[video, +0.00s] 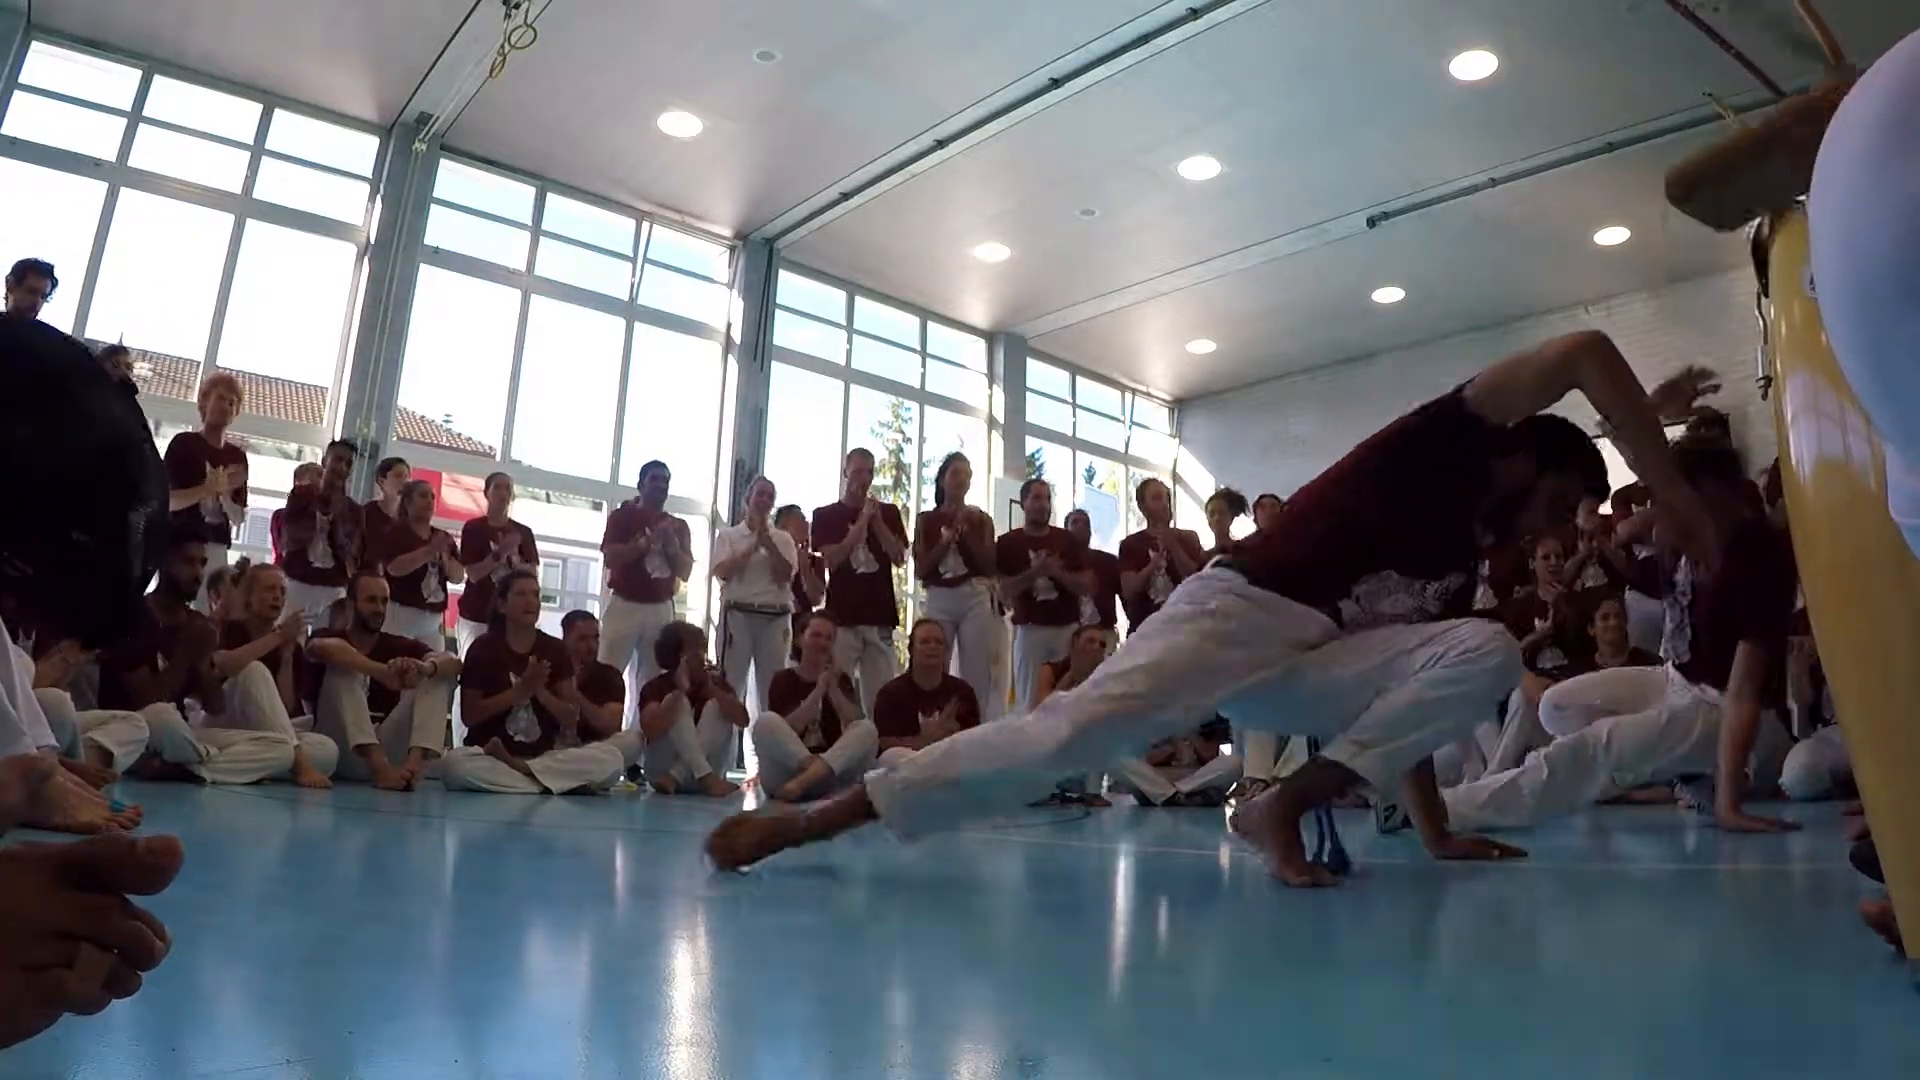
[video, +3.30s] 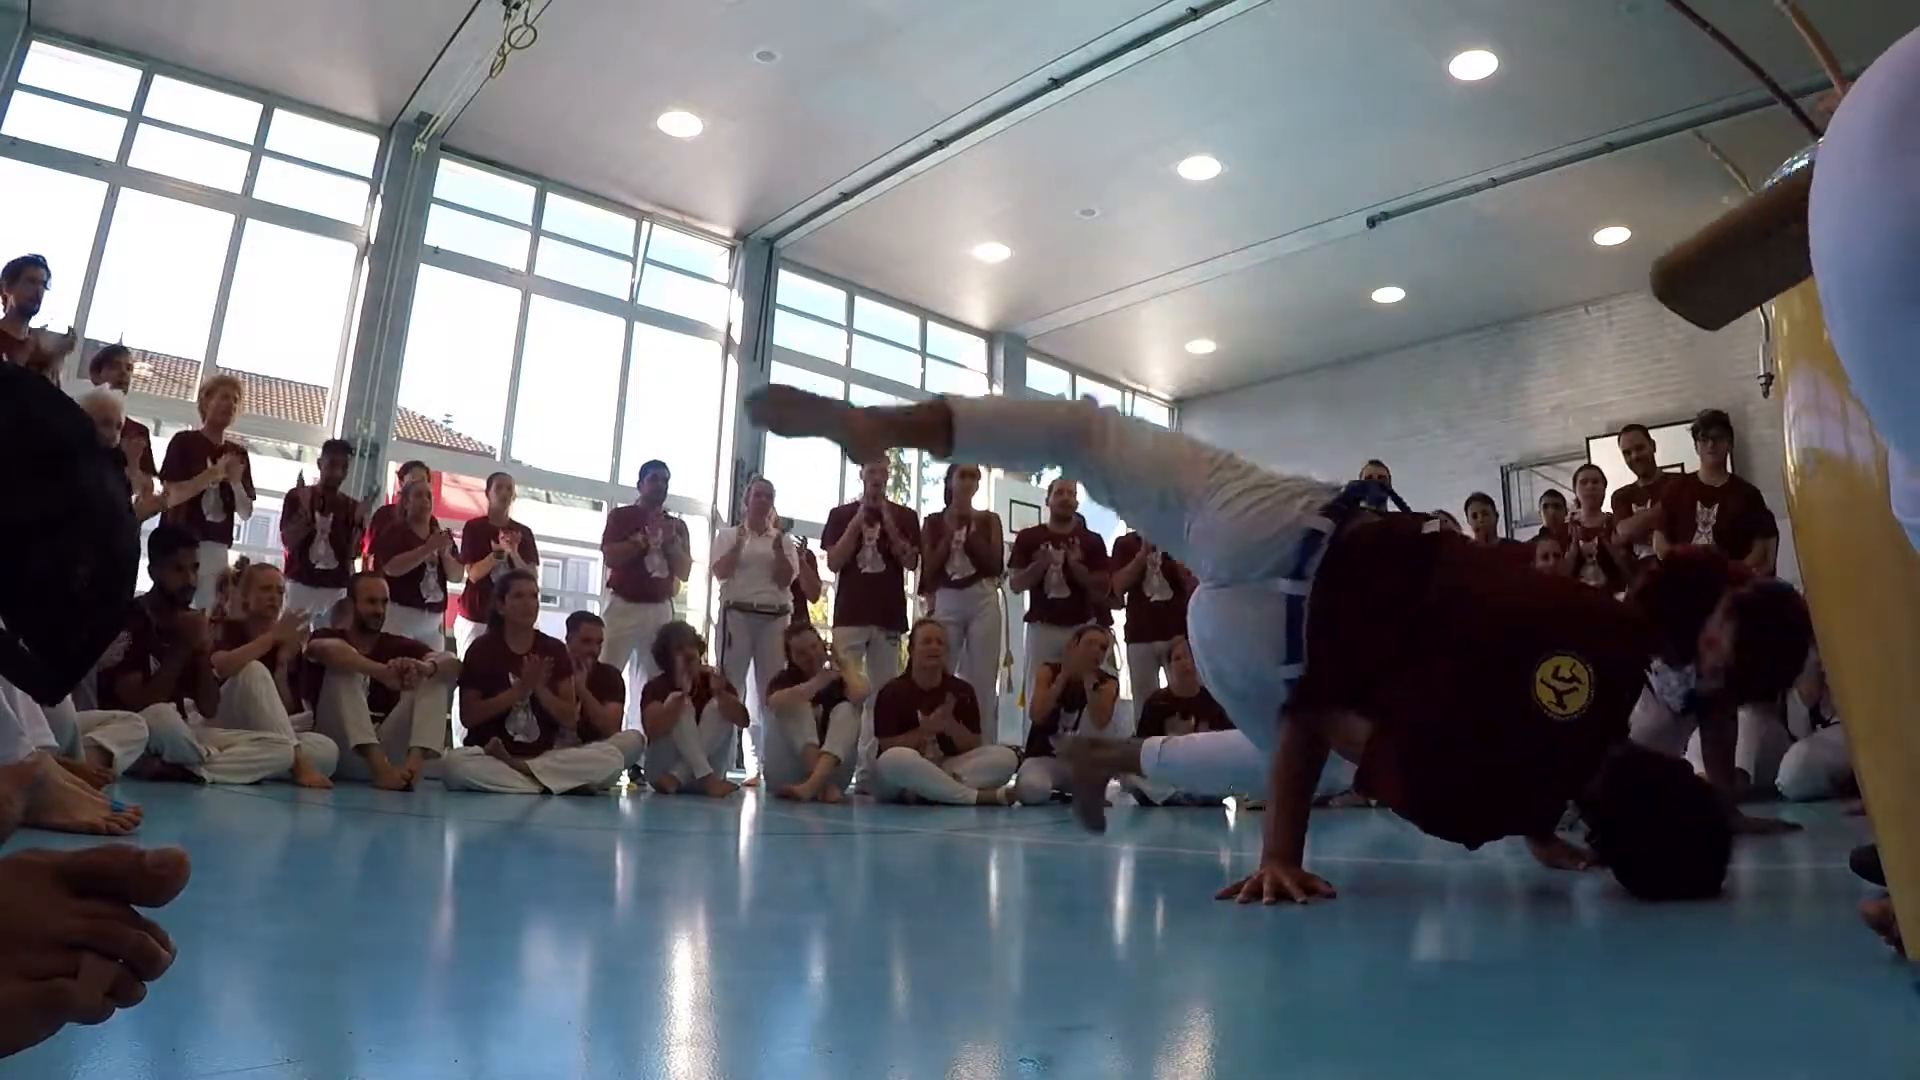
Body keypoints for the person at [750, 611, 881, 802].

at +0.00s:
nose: (822, 643)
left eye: (828, 638)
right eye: (816, 636)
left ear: (833, 644)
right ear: (799, 639)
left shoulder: (841, 680)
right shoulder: (783, 679)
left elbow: (858, 724)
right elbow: (782, 731)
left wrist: (834, 691)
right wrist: (818, 692)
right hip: (787, 775)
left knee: (866, 729)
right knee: (765, 722)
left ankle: (801, 783)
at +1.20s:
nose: (812, 650)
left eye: (818, 643)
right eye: (805, 644)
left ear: (823, 642)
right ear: (789, 645)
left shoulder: (835, 671)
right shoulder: (779, 681)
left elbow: (850, 709)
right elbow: (801, 728)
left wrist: (826, 669)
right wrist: (813, 677)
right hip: (789, 777)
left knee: (857, 722)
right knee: (771, 715)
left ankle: (795, 783)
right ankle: (828, 785)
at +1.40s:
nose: (809, 645)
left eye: (812, 639)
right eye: (801, 639)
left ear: (817, 643)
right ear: (784, 644)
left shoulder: (825, 673)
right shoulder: (772, 679)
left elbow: (845, 700)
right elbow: (797, 724)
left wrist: (830, 649)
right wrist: (794, 669)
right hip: (785, 778)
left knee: (855, 717)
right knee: (767, 720)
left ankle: (798, 784)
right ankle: (829, 785)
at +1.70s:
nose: (807, 661)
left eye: (811, 654)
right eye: (799, 656)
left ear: (816, 651)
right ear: (786, 654)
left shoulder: (821, 673)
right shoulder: (770, 678)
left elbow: (849, 685)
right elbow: (790, 703)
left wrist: (822, 637)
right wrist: (781, 650)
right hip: (784, 777)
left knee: (857, 718)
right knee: (773, 716)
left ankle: (804, 785)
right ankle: (829, 784)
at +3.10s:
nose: (811, 664)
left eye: (818, 656)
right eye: (804, 657)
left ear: (827, 654)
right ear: (794, 656)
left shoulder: (836, 679)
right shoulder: (780, 680)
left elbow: (859, 687)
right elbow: (775, 701)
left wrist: (839, 656)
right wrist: (791, 653)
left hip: (832, 779)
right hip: (785, 777)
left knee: (851, 711)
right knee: (797, 701)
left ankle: (812, 785)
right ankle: (824, 783)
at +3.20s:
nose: (806, 657)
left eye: (812, 649)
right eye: (799, 652)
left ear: (821, 648)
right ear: (790, 653)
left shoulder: (836, 679)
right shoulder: (781, 679)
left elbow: (860, 695)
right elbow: (773, 703)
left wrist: (838, 659)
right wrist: (807, 668)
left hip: (831, 778)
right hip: (785, 776)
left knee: (847, 711)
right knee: (796, 700)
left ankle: (812, 785)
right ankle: (824, 783)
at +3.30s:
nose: (810, 655)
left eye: (814, 647)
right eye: (801, 653)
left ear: (823, 645)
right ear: (791, 658)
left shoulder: (839, 679)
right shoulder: (785, 678)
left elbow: (860, 696)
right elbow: (775, 701)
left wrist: (844, 664)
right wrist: (817, 683)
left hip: (832, 778)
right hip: (785, 776)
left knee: (846, 709)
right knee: (795, 702)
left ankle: (812, 785)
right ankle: (825, 783)